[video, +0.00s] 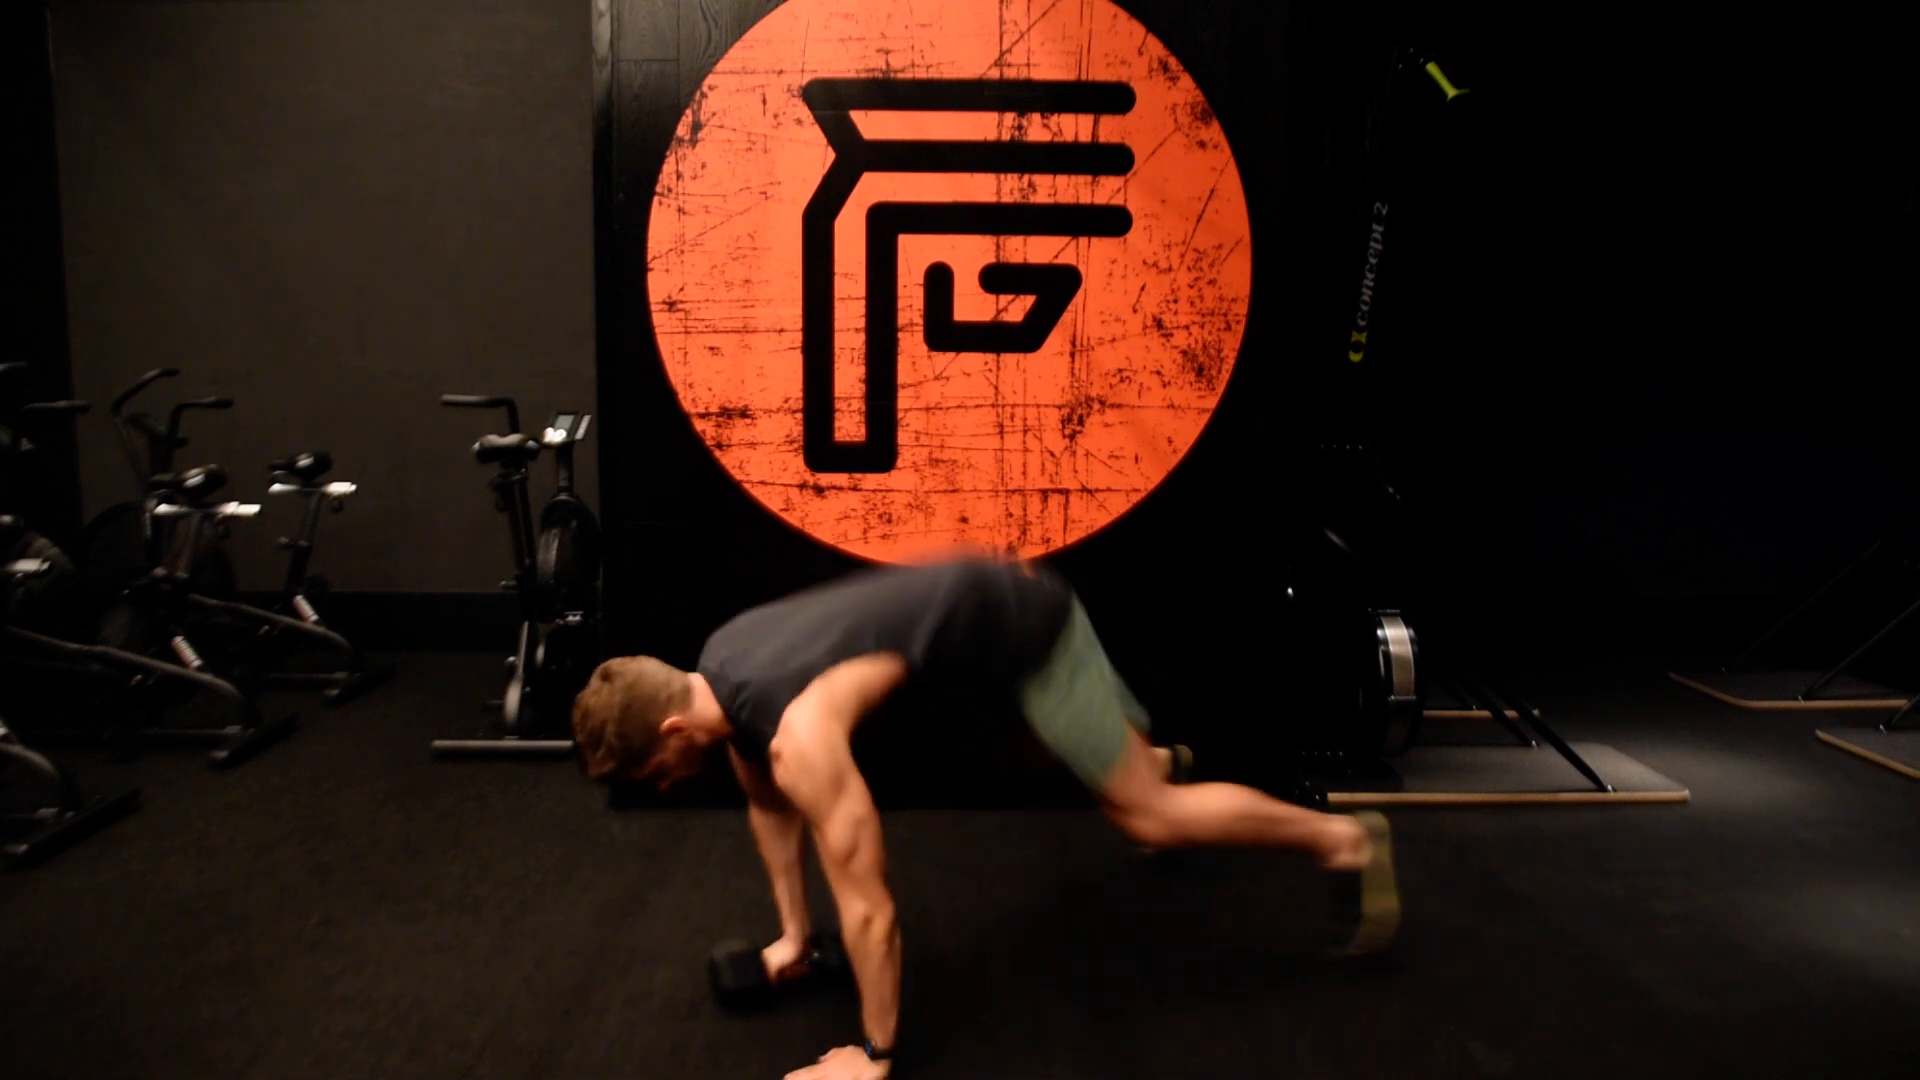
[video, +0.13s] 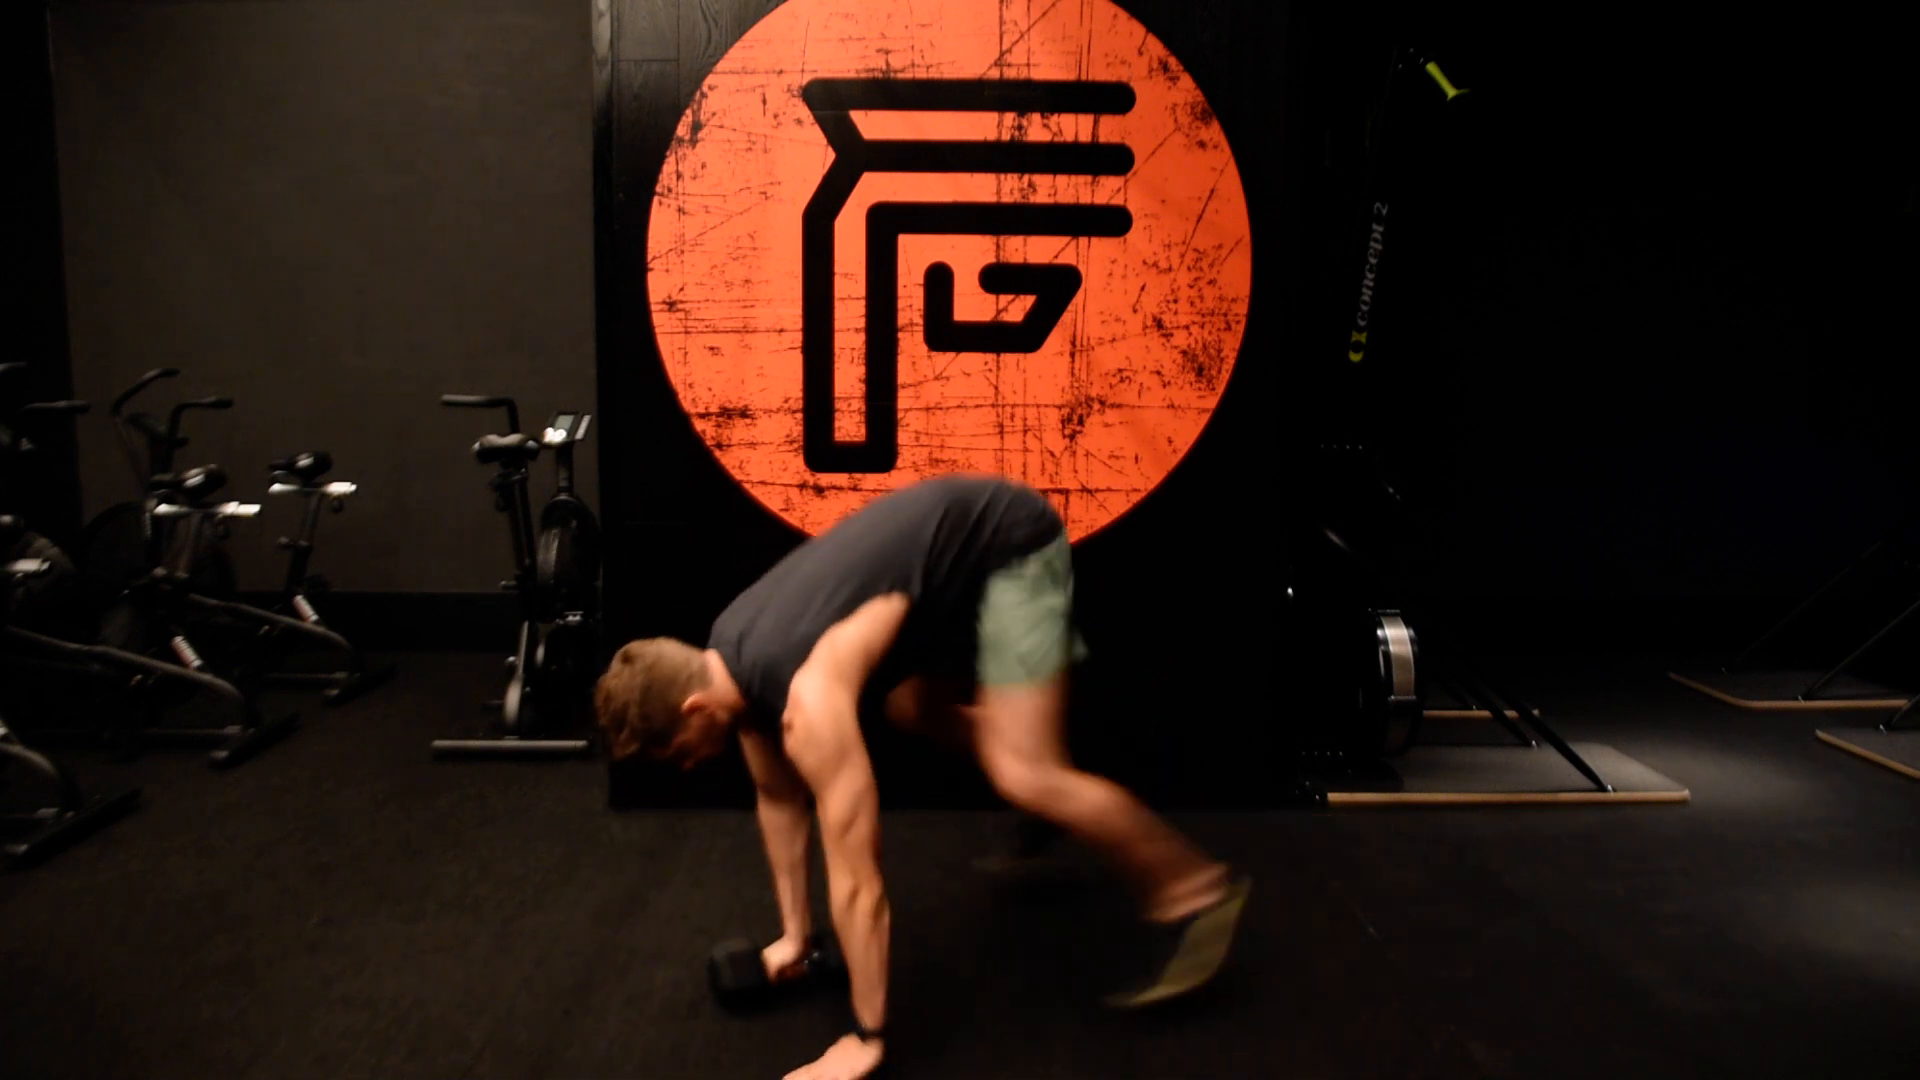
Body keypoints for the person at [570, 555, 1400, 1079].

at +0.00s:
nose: (662, 787)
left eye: (652, 775)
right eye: (646, 781)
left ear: (674, 736)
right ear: (665, 706)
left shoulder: (796, 731)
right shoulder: (725, 673)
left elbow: (867, 900)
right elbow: (771, 810)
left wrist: (877, 1049)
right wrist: (793, 936)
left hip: (1031, 623)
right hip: (957, 612)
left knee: (1155, 814)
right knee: (1084, 745)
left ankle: (1344, 840)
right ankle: (1153, 756)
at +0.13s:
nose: (688, 763)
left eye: (679, 752)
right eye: (674, 759)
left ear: (696, 713)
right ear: (686, 692)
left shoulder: (804, 698)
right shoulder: (732, 668)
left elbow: (859, 887)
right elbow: (778, 804)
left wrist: (868, 1036)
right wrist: (796, 939)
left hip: (1012, 539)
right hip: (936, 551)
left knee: (1024, 769)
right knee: (916, 703)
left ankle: (1199, 888)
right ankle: (1050, 804)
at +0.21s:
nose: (698, 742)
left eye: (689, 730)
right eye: (684, 738)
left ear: (702, 687)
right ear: (701, 677)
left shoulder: (805, 667)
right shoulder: (739, 651)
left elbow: (854, 862)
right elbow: (783, 797)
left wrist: (851, 1013)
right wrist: (794, 937)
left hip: (1010, 534)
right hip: (934, 549)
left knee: (954, 749)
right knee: (889, 717)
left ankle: (1052, 949)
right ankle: (953, 836)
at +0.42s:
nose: (641, 649)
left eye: (640, 629)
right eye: (629, 636)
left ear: (671, 582)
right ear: (670, 583)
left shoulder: (788, 600)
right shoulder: (722, 639)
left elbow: (810, 789)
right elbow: (761, 784)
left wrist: (761, 948)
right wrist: (774, 925)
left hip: (994, 634)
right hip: (900, 652)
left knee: (870, 787)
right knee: (765, 753)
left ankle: (951, 1002)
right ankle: (833, 917)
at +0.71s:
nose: (636, 425)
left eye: (647, 400)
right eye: (629, 408)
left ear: (701, 374)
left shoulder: (832, 431)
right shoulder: (715, 503)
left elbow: (932, 577)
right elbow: (756, 647)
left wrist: (935, 738)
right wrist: (772, 785)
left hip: (974, 597)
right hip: (872, 608)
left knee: (889, 772)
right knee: (757, 721)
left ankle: (951, 999)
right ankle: (833, 903)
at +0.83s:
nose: (671, 290)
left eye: (683, 265)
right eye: (663, 270)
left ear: (746, 246)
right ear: (683, 268)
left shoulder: (859, 332)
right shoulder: (730, 388)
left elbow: (956, 479)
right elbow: (761, 537)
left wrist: (935, 638)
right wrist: (770, 677)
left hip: (950, 565)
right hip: (858, 565)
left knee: (898, 758)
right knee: (779, 711)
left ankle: (953, 995)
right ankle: (833, 903)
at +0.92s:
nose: (710, 207)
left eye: (724, 186)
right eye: (705, 189)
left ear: (782, 176)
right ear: (727, 192)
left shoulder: (888, 280)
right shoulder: (750, 317)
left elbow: (962, 430)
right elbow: (770, 471)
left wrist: (911, 581)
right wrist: (766, 618)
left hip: (948, 546)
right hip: (857, 547)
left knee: (911, 754)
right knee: (795, 701)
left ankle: (954, 993)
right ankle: (835, 904)